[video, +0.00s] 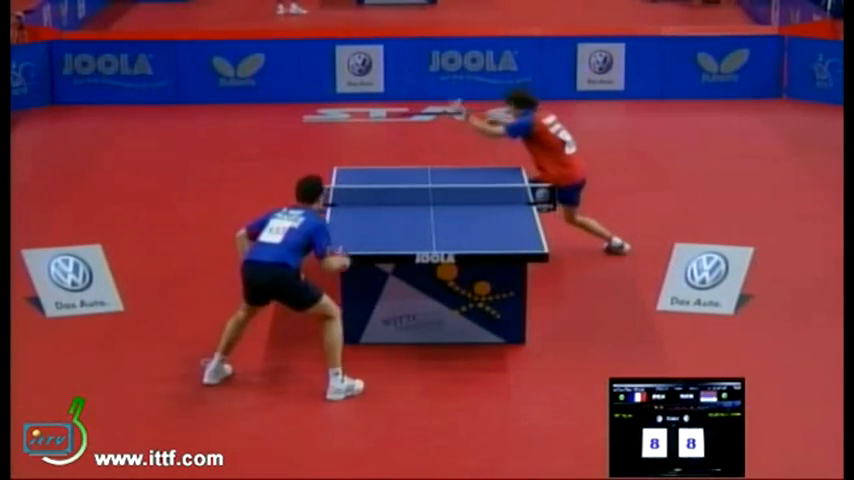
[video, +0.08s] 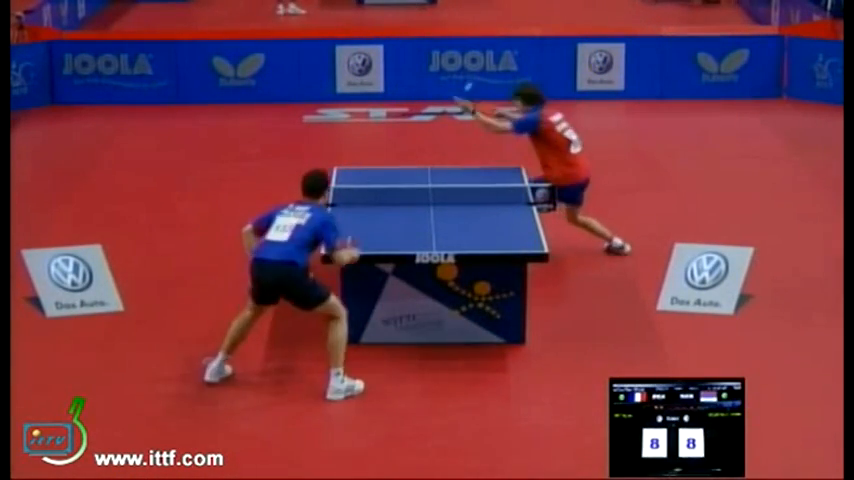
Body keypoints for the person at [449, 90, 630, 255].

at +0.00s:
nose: (509, 111)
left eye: (511, 108)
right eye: (510, 108)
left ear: (520, 109)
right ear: (530, 105)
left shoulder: (529, 123)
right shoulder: (544, 116)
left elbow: (494, 132)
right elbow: (509, 124)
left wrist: (468, 119)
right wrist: (485, 119)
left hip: (559, 182)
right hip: (575, 177)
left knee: (518, 200)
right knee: (572, 217)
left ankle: (523, 244)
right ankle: (614, 241)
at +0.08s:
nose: (516, 107)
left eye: (518, 103)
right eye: (516, 103)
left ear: (527, 105)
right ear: (537, 101)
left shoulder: (535, 120)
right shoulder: (551, 114)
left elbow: (500, 128)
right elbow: (521, 119)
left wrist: (474, 113)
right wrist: (504, 113)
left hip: (561, 182)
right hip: (580, 178)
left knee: (516, 196)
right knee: (573, 217)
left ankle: (522, 244)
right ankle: (615, 242)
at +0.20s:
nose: (521, 100)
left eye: (524, 97)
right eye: (522, 97)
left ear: (533, 98)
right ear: (543, 96)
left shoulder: (543, 116)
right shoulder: (559, 108)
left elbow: (511, 133)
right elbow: (532, 115)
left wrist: (482, 127)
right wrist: (516, 109)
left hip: (566, 177)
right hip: (586, 173)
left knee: (527, 198)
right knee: (577, 213)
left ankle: (525, 242)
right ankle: (617, 241)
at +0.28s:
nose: (524, 99)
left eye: (526, 95)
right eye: (524, 95)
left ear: (535, 96)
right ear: (546, 92)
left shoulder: (544, 112)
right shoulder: (560, 103)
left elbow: (525, 137)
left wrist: (493, 141)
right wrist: (528, 108)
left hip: (569, 173)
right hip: (590, 168)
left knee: (531, 197)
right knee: (579, 210)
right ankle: (617, 241)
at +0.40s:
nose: (519, 97)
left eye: (521, 94)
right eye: (519, 93)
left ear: (530, 94)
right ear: (540, 91)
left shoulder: (541, 110)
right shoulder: (554, 97)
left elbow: (537, 138)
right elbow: (529, 109)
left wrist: (515, 155)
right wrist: (509, 113)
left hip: (572, 169)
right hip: (589, 163)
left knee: (536, 196)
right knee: (582, 209)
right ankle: (617, 240)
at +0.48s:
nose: (512, 100)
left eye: (514, 96)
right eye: (512, 96)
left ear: (524, 96)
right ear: (532, 92)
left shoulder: (537, 111)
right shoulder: (548, 98)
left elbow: (538, 139)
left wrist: (519, 157)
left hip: (572, 166)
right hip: (584, 160)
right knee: (581, 208)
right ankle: (617, 239)